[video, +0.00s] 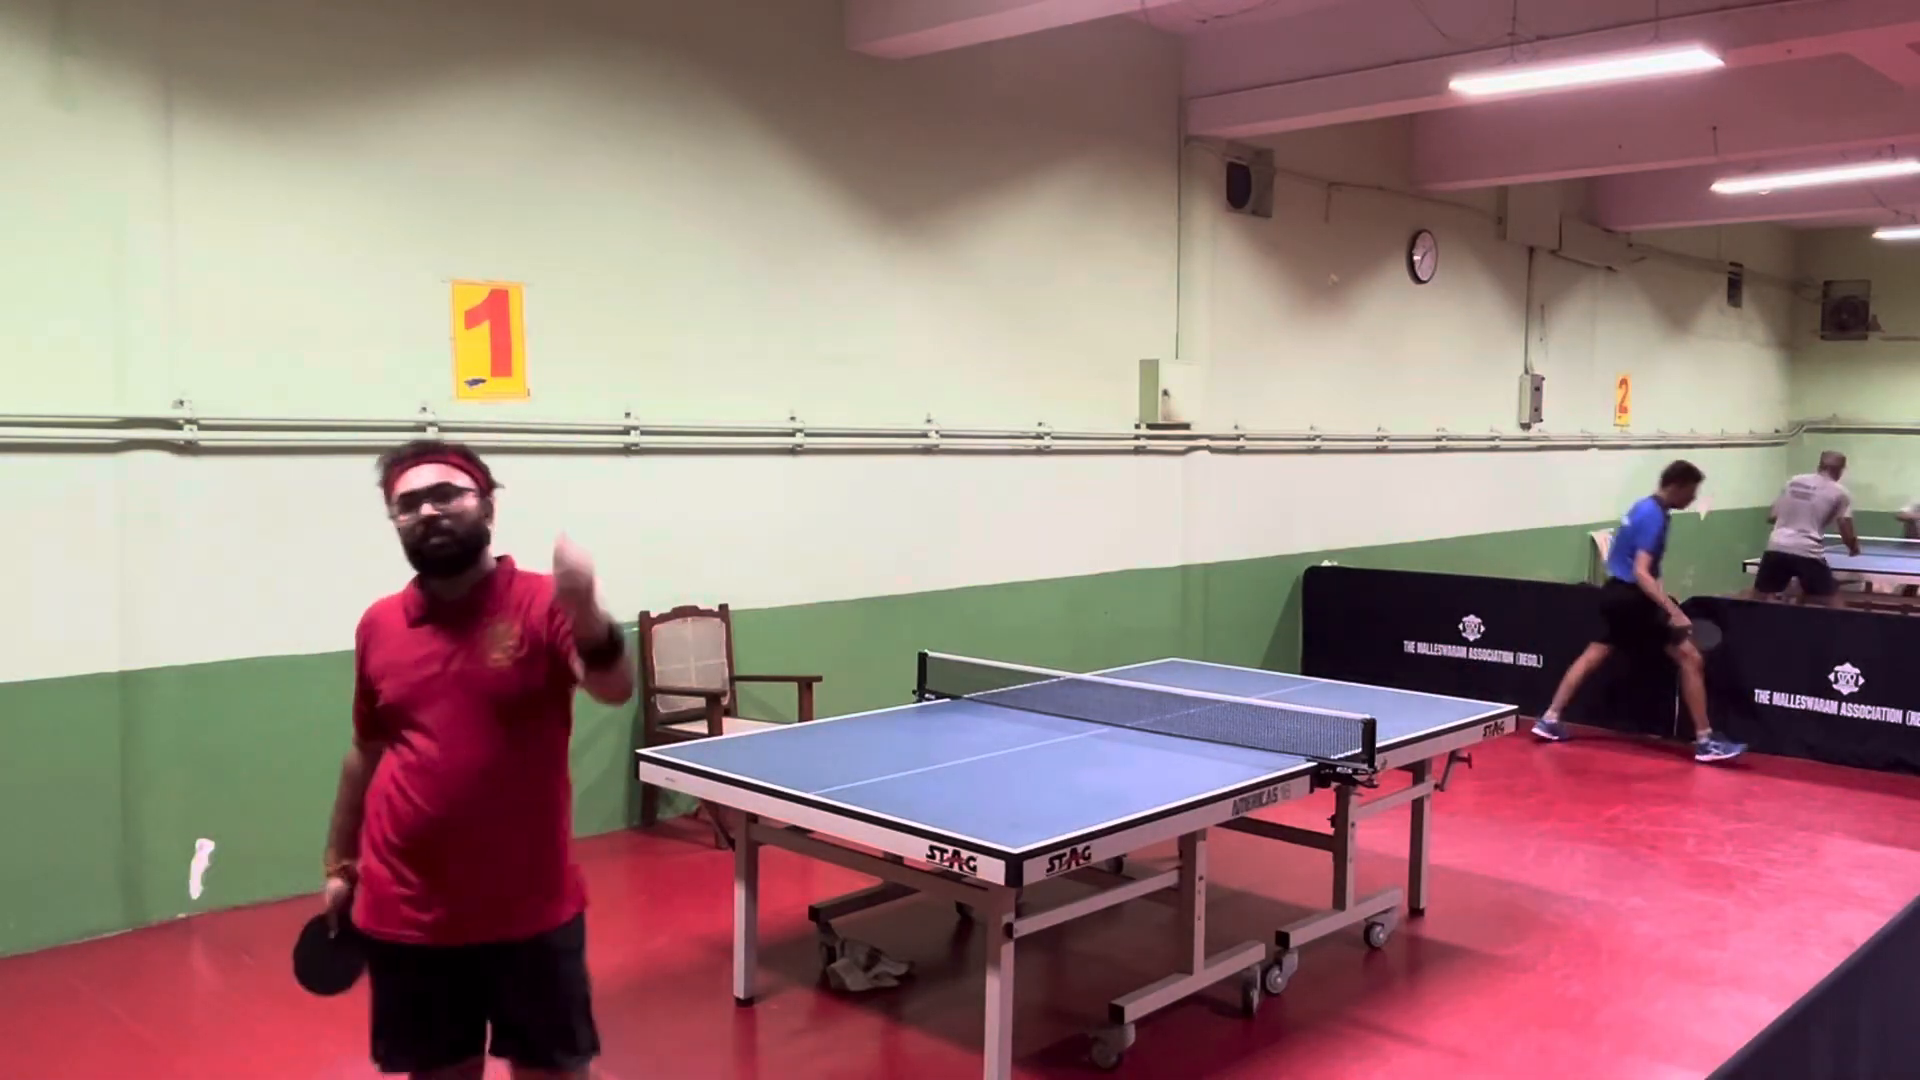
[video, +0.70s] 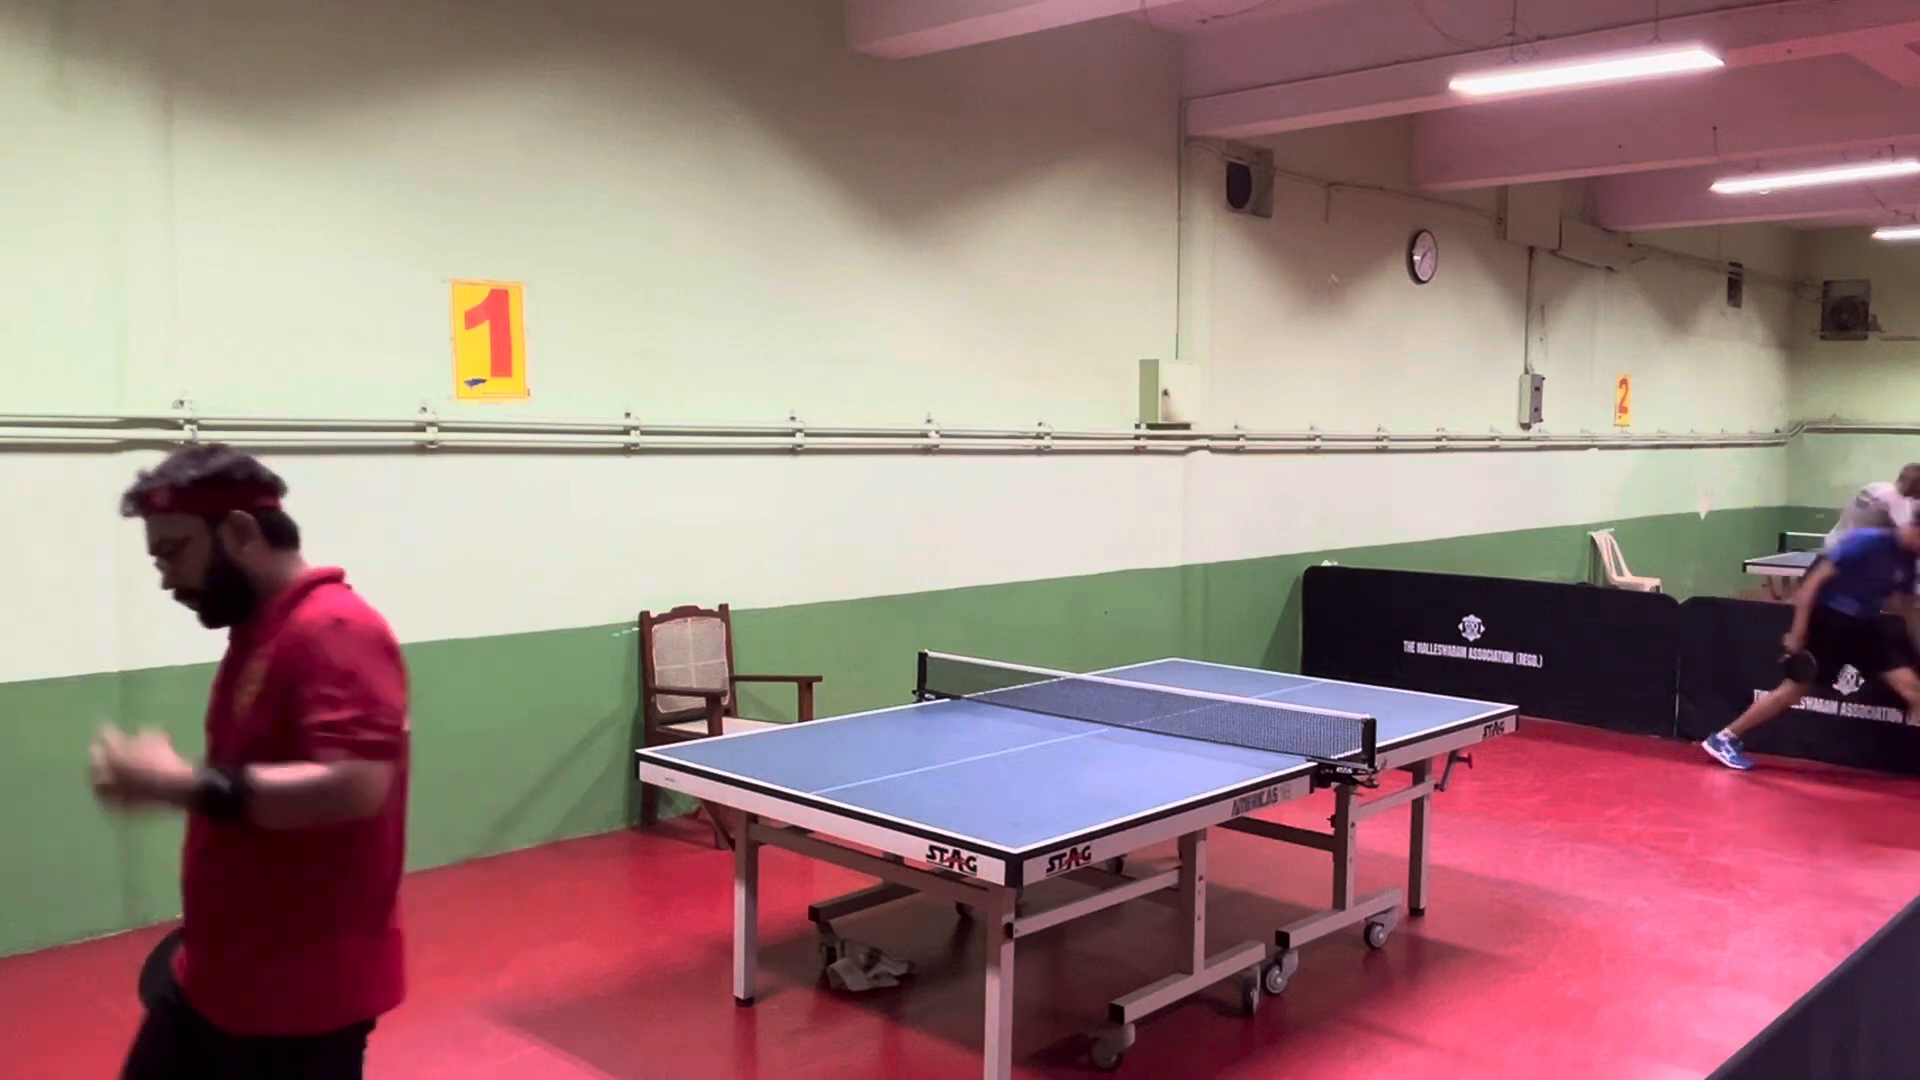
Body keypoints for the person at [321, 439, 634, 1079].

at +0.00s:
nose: (430, 511)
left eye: (448, 494)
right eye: (410, 502)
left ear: (489, 505)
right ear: (394, 526)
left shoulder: (543, 600)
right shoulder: (381, 625)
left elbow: (615, 687)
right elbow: (366, 749)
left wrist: (591, 626)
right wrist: (341, 866)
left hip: (530, 901)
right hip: (410, 911)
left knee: (554, 1068)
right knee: (439, 1070)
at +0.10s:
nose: (385, 519)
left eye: (403, 499)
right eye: (372, 512)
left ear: (459, 506)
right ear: (365, 531)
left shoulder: (531, 607)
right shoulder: (370, 625)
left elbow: (597, 706)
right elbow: (363, 752)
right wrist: (336, 873)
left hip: (500, 910)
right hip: (387, 913)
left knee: (492, 1068)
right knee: (382, 1069)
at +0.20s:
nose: (335, 532)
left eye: (352, 507)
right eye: (330, 520)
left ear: (420, 504)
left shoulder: (505, 611)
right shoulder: (362, 619)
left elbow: (576, 743)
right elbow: (359, 747)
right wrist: (318, 867)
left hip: (471, 910)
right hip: (374, 910)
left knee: (427, 1067)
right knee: (394, 1059)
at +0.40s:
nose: (272, 562)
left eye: (283, 537)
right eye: (269, 542)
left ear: (348, 528)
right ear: (346, 531)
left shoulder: (456, 635)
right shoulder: (325, 630)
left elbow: (543, 770)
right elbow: (321, 768)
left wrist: (515, 902)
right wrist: (265, 855)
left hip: (410, 958)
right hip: (326, 953)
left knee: (390, 1071)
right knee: (341, 1070)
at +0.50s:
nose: (241, 583)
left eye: (253, 558)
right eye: (236, 564)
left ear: (320, 541)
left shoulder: (424, 650)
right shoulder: (297, 646)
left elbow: (514, 794)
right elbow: (293, 792)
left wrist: (444, 935)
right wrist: (240, 890)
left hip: (367, 990)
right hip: (286, 985)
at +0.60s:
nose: (205, 586)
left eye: (214, 560)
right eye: (197, 566)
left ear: (281, 542)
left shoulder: (386, 640)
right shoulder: (274, 643)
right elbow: (284, 799)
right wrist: (225, 913)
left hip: (328, 996)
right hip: (243, 980)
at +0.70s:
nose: (166, 579)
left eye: (175, 552)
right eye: (160, 558)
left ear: (241, 534)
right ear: (241, 536)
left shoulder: (334, 628)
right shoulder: (263, 630)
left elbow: (360, 784)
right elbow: (277, 787)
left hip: (294, 1003)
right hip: (217, 982)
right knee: (150, 1072)